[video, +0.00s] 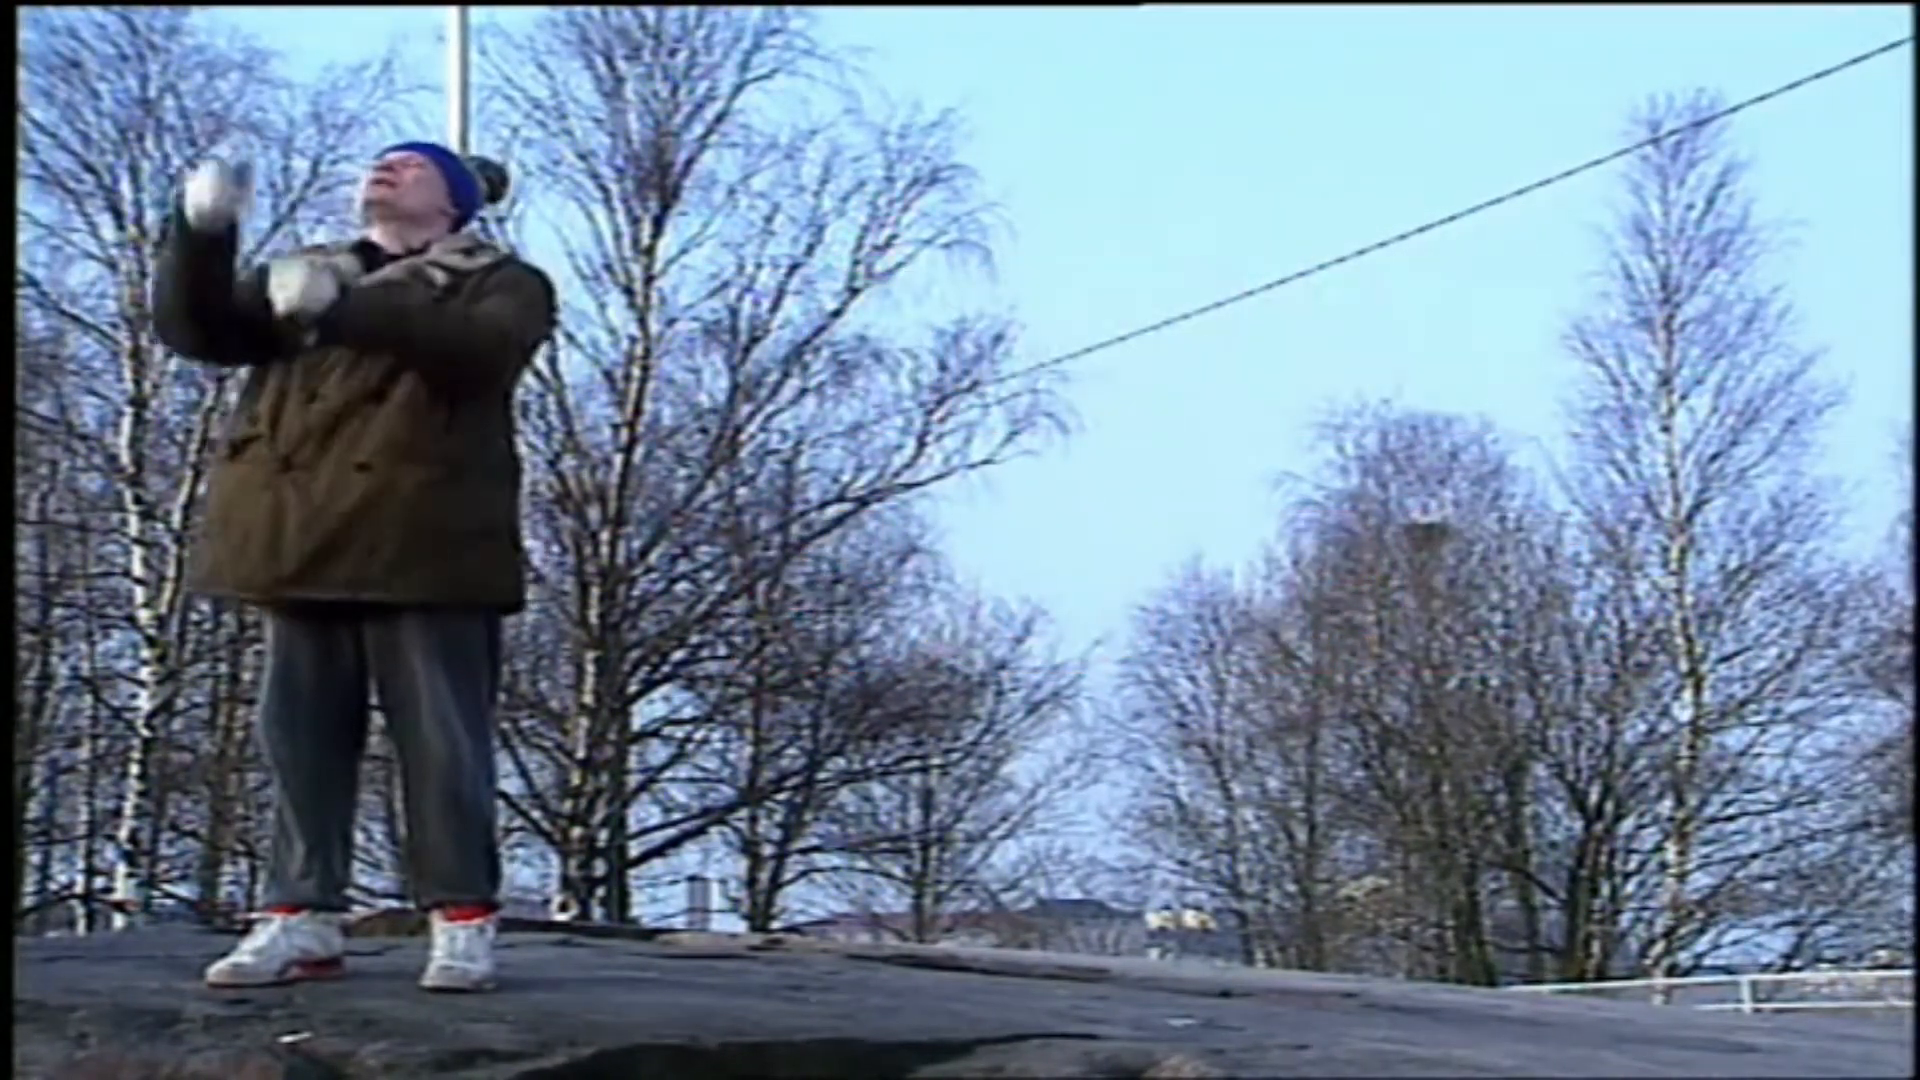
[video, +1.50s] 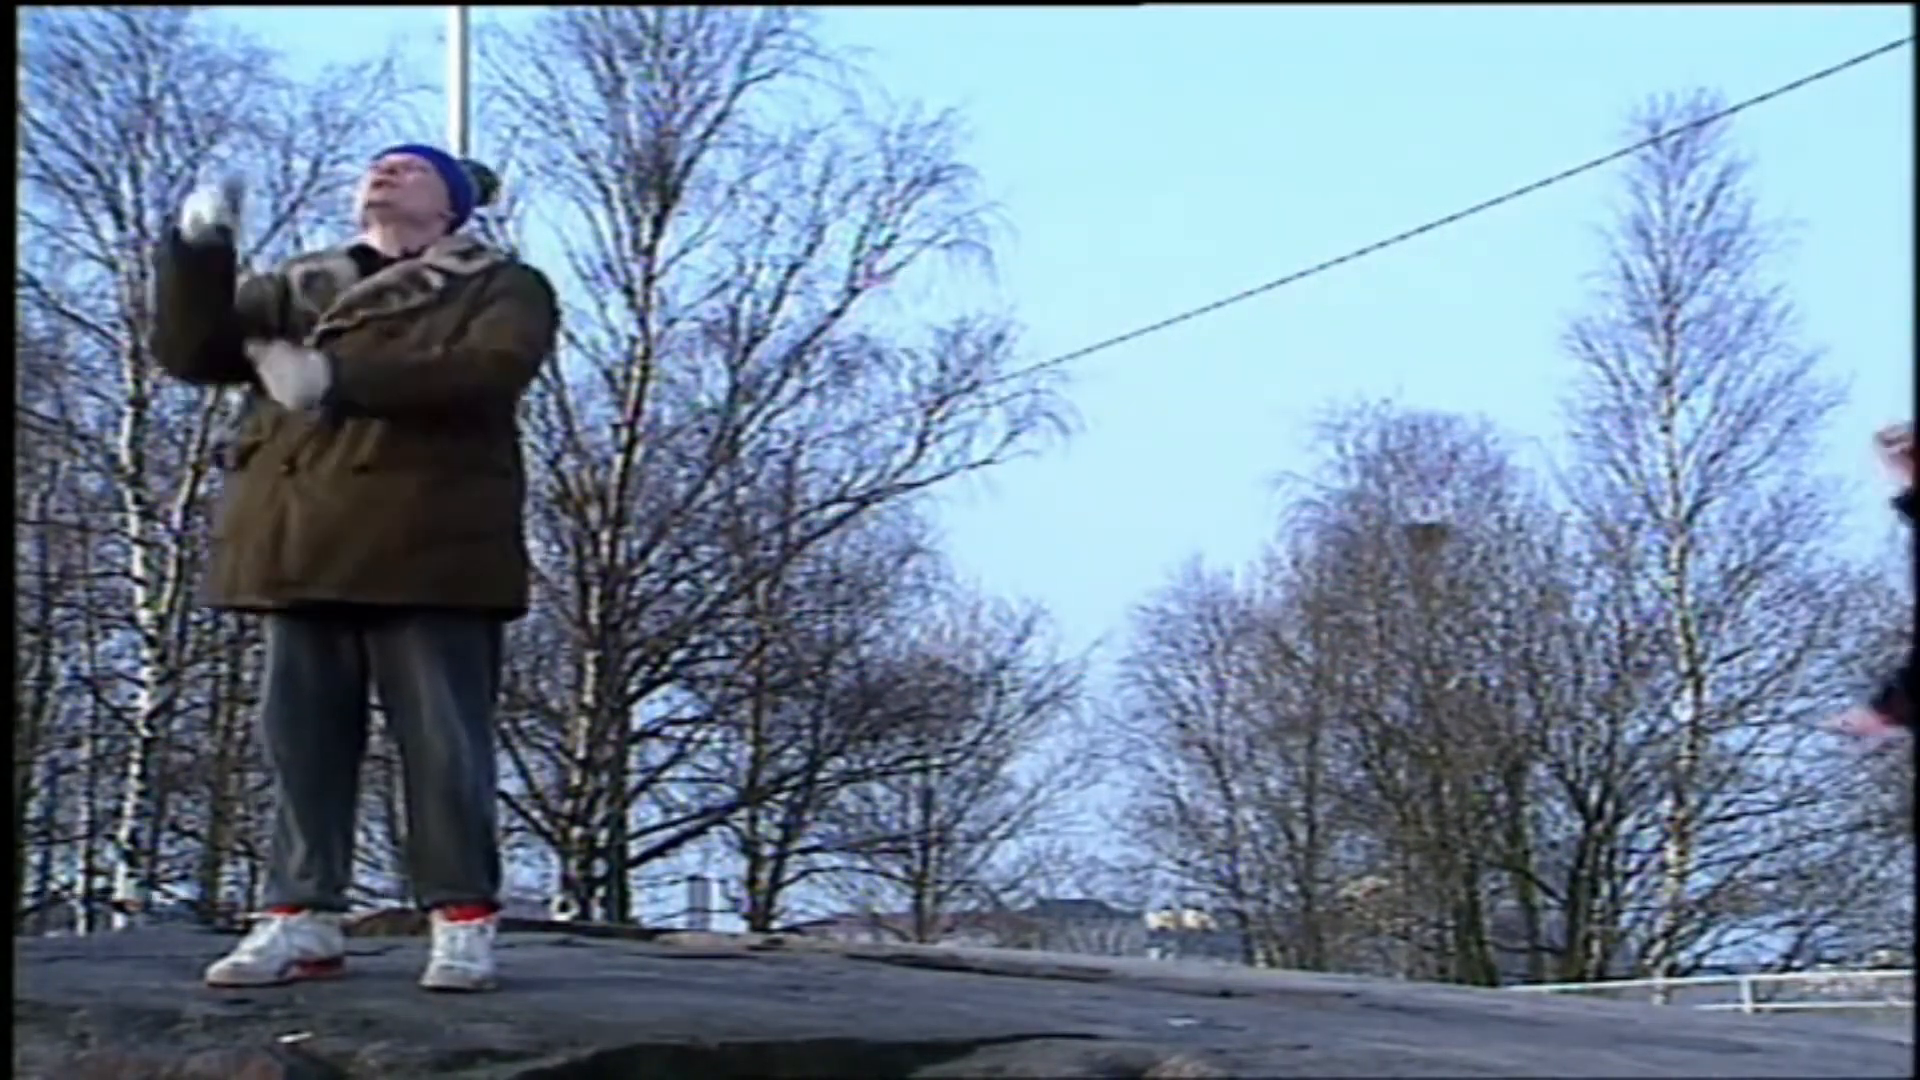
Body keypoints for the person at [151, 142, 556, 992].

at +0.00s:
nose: (381, 173)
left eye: (406, 165)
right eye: (376, 168)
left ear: (455, 205)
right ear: (360, 199)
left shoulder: (504, 280)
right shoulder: (320, 277)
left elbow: (475, 341)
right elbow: (196, 328)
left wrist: (339, 302)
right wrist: (204, 239)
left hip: (432, 548)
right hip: (305, 544)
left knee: (442, 738)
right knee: (300, 734)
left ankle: (461, 918)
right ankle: (305, 918)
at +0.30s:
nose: (372, 180)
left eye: (396, 169)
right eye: (365, 173)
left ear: (449, 199)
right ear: (352, 196)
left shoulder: (499, 274)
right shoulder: (298, 283)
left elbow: (483, 306)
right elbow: (230, 373)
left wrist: (356, 234)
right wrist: (248, 399)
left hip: (436, 542)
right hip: (307, 546)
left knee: (442, 736)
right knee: (299, 733)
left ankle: (461, 919)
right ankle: (306, 917)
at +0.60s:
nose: (378, 173)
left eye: (403, 167)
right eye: (372, 167)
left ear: (453, 201)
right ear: (357, 200)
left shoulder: (505, 282)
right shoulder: (309, 277)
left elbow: (483, 377)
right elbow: (174, 301)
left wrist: (351, 371)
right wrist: (194, 199)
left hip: (435, 560)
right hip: (306, 560)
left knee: (442, 743)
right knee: (300, 738)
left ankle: (463, 919)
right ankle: (306, 918)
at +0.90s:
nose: (375, 177)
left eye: (401, 168)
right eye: (369, 171)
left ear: (452, 204)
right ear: (356, 202)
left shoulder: (502, 282)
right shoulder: (314, 281)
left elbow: (482, 348)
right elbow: (263, 386)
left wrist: (340, 301)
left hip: (429, 550)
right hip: (305, 549)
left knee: (440, 740)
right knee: (299, 737)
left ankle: (461, 918)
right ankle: (306, 918)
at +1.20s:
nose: (379, 183)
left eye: (404, 173)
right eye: (372, 175)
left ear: (456, 208)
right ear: (354, 193)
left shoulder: (501, 278)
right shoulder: (290, 289)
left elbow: (481, 300)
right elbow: (222, 390)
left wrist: (355, 234)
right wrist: (206, 365)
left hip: (433, 548)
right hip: (306, 550)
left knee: (441, 738)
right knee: (299, 735)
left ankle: (462, 918)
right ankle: (306, 918)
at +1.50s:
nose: (380, 175)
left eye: (405, 168)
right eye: (373, 170)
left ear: (453, 208)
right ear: (356, 204)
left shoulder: (504, 283)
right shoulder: (309, 282)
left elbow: (489, 370)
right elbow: (192, 352)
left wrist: (337, 373)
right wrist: (198, 255)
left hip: (435, 551)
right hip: (305, 549)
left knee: (444, 739)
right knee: (301, 736)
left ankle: (462, 919)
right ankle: (306, 918)